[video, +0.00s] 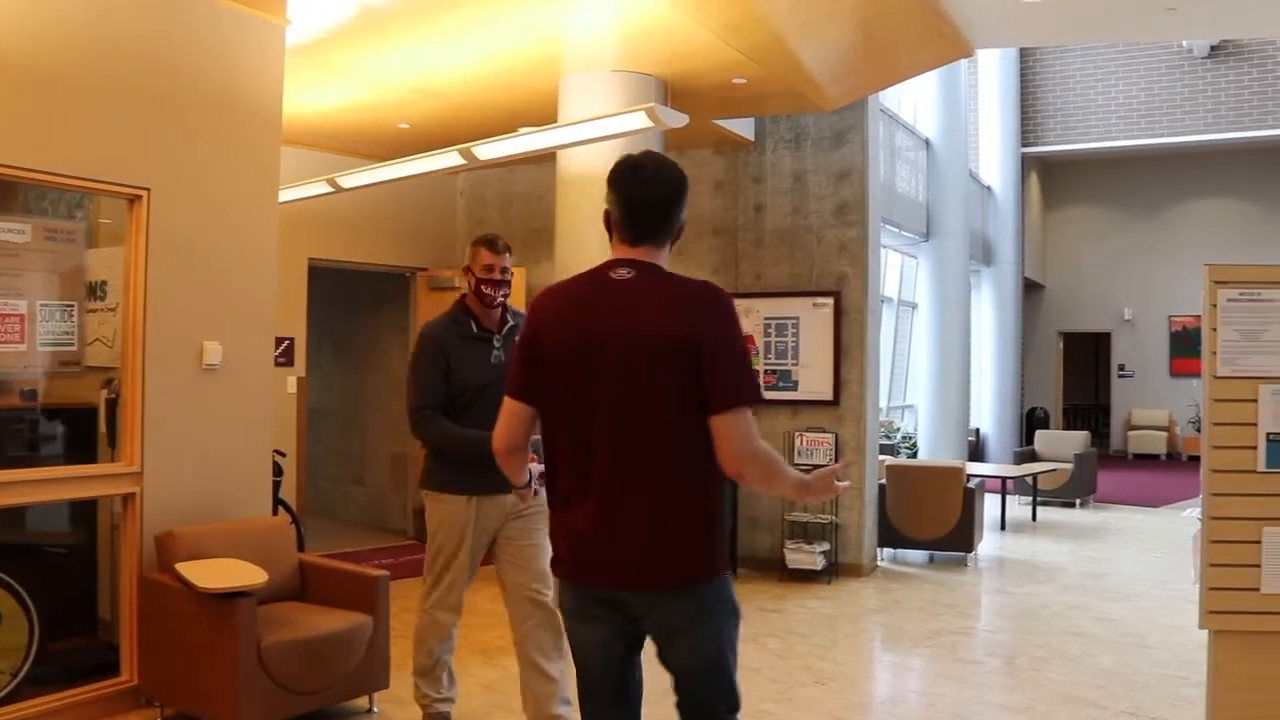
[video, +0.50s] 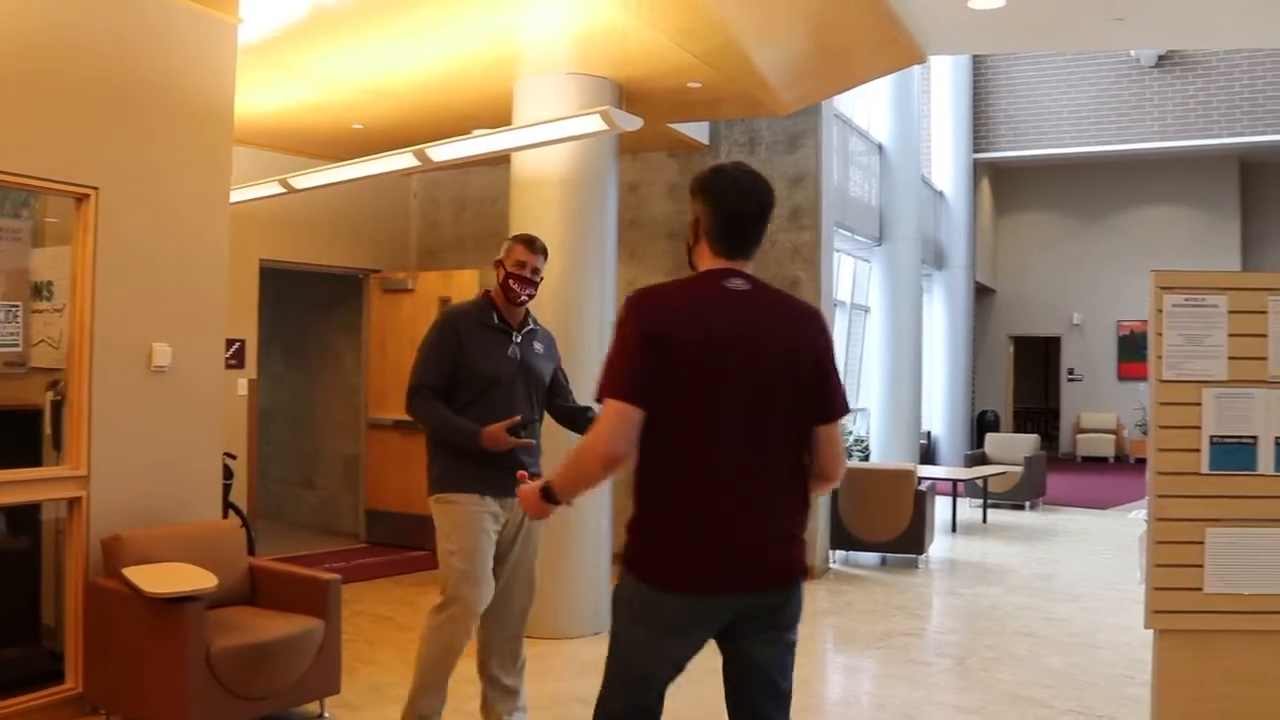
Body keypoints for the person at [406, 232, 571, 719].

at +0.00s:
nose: (497, 280)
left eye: (504, 272)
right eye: (488, 272)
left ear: (512, 275)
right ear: (467, 274)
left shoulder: (527, 333)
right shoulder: (438, 336)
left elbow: (547, 401)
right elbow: (423, 421)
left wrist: (539, 451)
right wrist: (497, 444)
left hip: (524, 489)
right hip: (457, 492)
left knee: (538, 602)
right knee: (443, 603)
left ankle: (554, 712)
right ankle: (436, 706)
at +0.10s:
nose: (504, 274)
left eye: (511, 267)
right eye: (495, 266)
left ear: (520, 276)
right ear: (475, 272)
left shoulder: (534, 335)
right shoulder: (443, 333)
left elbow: (545, 408)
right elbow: (426, 416)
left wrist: (535, 459)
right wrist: (499, 448)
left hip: (529, 494)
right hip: (461, 495)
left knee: (539, 613)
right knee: (443, 606)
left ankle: (547, 712)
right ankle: (428, 706)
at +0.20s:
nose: (511, 272)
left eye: (520, 266)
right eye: (503, 264)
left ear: (529, 274)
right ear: (484, 269)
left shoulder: (539, 334)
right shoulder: (450, 329)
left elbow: (551, 403)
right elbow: (426, 411)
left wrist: (534, 446)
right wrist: (494, 441)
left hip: (534, 492)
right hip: (467, 494)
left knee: (539, 613)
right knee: (448, 606)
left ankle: (539, 712)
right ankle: (421, 706)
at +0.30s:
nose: (520, 274)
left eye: (529, 268)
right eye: (512, 265)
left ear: (536, 276)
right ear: (491, 268)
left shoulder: (545, 337)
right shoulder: (454, 326)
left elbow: (558, 404)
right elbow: (427, 408)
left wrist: (541, 440)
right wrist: (488, 438)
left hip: (533, 492)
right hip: (469, 493)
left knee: (529, 614)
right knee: (453, 604)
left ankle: (528, 713)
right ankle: (415, 705)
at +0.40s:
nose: (524, 278)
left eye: (533, 272)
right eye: (517, 267)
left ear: (540, 278)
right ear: (497, 268)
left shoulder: (544, 337)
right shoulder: (457, 324)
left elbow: (568, 403)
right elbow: (424, 405)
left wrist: (608, 421)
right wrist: (483, 435)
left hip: (528, 492)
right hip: (467, 490)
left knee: (521, 609)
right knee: (467, 594)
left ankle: (516, 711)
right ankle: (414, 703)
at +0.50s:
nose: (522, 279)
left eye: (532, 274)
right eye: (516, 269)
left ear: (540, 280)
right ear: (497, 267)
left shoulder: (542, 340)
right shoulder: (457, 323)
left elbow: (562, 404)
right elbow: (420, 400)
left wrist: (601, 419)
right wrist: (476, 434)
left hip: (522, 492)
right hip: (463, 488)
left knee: (510, 610)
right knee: (467, 598)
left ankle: (504, 711)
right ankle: (421, 712)